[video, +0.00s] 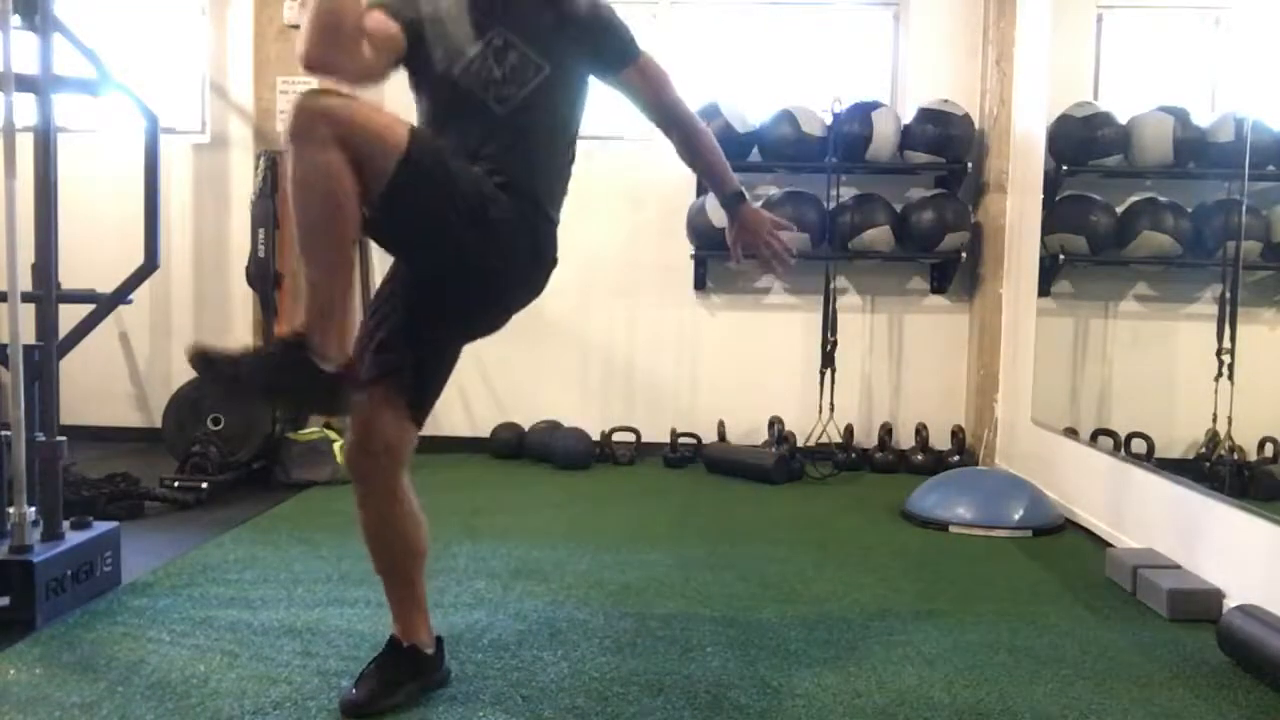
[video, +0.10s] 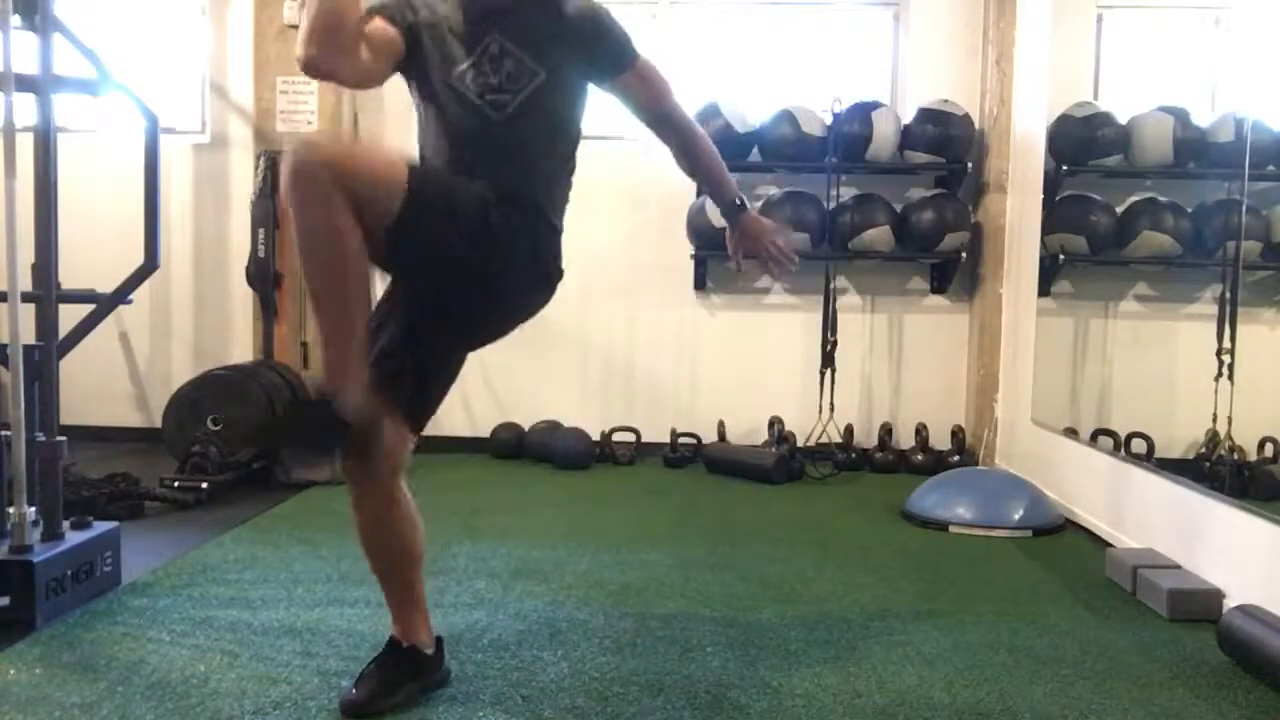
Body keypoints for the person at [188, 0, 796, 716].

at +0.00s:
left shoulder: (570, 15)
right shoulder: (423, 10)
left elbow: (668, 108)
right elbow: (337, 64)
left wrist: (737, 206)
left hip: (510, 241)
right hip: (434, 244)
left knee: (320, 115)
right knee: (373, 453)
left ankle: (325, 352)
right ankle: (415, 645)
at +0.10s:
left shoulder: (569, 19)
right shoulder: (417, 14)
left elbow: (666, 115)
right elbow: (327, 54)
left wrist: (739, 212)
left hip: (514, 247)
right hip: (436, 250)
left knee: (314, 166)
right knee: (370, 453)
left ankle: (344, 399)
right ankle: (414, 645)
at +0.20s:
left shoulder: (569, 13)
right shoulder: (419, 9)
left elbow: (671, 116)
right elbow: (315, 38)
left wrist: (743, 226)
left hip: (522, 244)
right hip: (443, 246)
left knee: (347, 304)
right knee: (371, 448)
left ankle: (451, 499)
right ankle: (413, 646)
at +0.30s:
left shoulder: (576, 11)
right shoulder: (427, 9)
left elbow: (684, 117)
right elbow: (312, 23)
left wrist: (754, 230)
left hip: (530, 256)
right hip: (442, 254)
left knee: (439, 422)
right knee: (378, 444)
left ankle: (572, 572)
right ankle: (411, 645)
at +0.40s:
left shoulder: (602, 10)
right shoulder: (446, 6)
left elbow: (708, 107)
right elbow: (393, 28)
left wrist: (775, 217)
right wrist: (331, 16)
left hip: (560, 267)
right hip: (467, 262)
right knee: (404, 450)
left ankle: (657, 617)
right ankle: (411, 647)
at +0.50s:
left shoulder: (641, 9)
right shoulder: (476, 8)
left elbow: (748, 82)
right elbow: (356, 21)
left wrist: (798, 169)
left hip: (612, 267)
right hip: (515, 265)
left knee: (629, 465)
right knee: (459, 448)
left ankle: (667, 646)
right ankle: (427, 646)